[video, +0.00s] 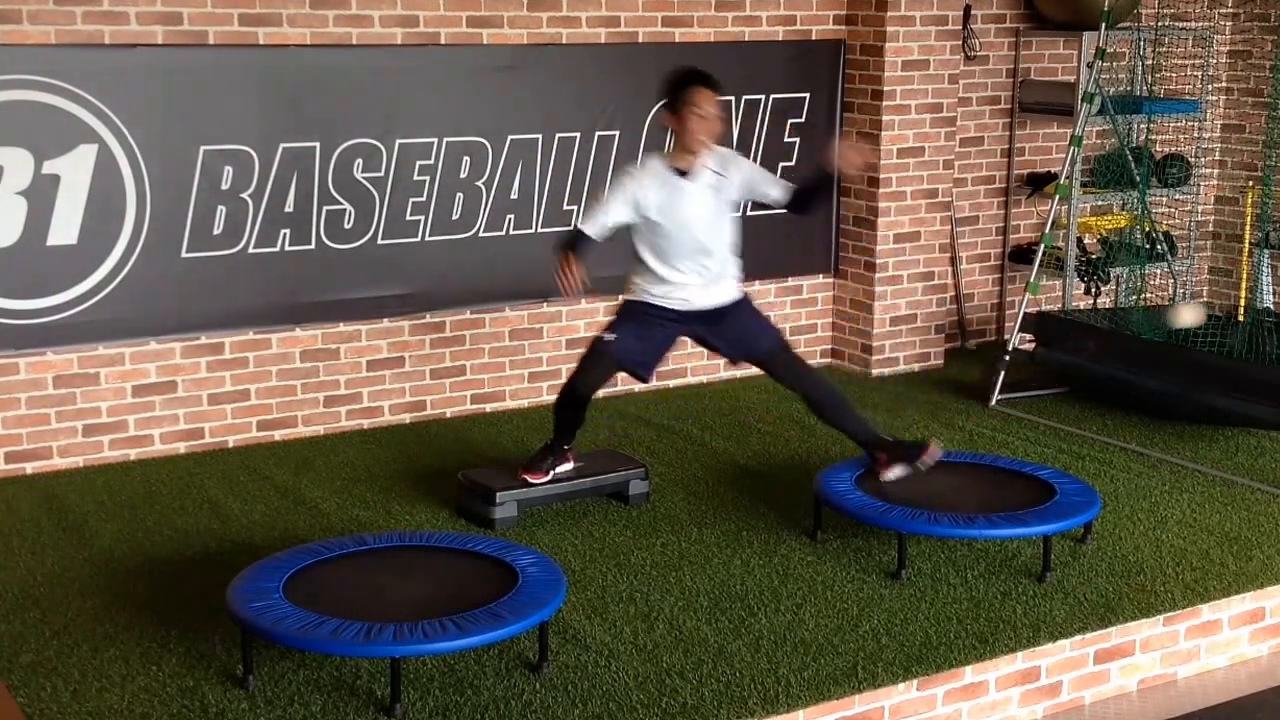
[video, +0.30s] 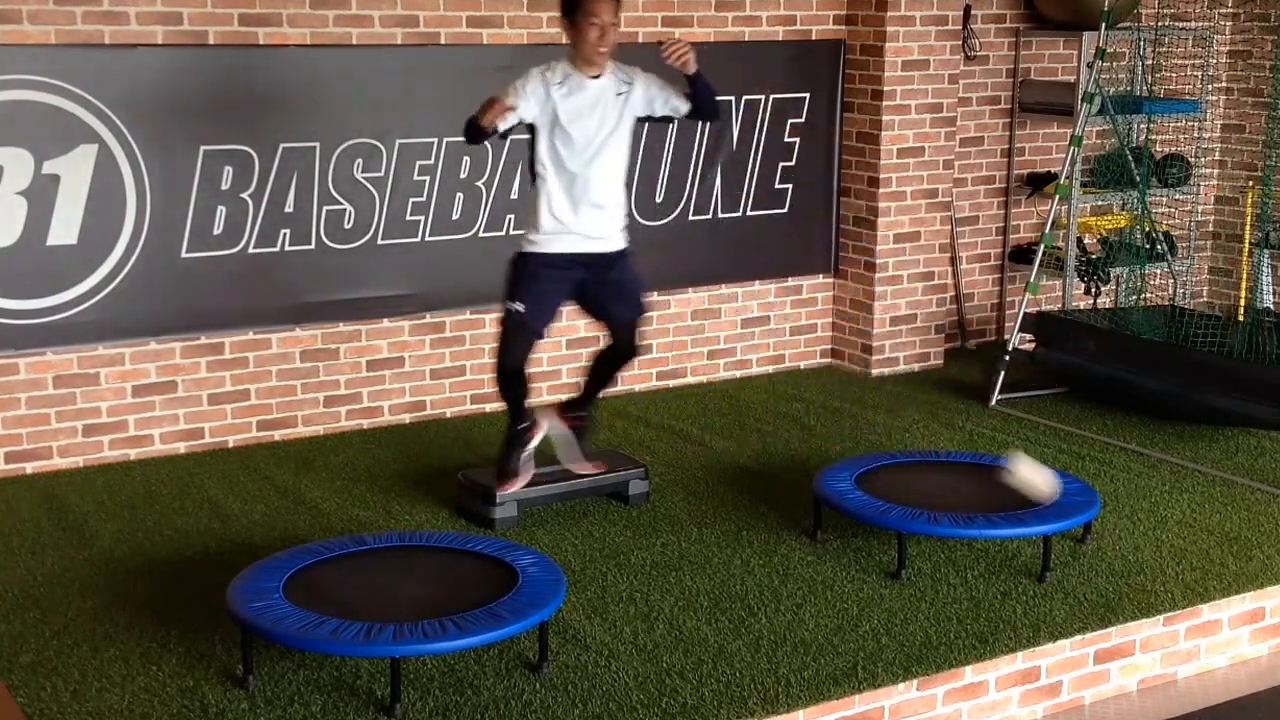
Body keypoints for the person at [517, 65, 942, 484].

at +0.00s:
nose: (713, 121)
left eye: (717, 112)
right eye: (701, 112)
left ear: (722, 120)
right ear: (673, 119)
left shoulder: (731, 169)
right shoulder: (641, 180)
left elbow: (795, 200)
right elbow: (586, 231)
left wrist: (830, 170)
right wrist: (569, 257)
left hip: (723, 304)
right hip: (653, 305)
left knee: (798, 374)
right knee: (580, 383)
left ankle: (883, 452)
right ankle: (559, 451)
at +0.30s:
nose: (602, 35)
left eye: (610, 26)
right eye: (592, 24)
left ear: (618, 31)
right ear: (569, 28)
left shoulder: (633, 85)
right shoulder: (541, 83)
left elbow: (706, 110)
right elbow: (475, 136)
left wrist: (693, 73)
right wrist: (483, 122)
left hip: (608, 249)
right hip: (546, 249)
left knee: (627, 343)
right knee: (509, 360)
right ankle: (522, 429)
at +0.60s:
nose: (511, 161)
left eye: (519, 149)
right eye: (499, 150)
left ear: (528, 149)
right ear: (474, 152)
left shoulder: (535, 194)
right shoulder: (462, 203)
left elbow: (601, 243)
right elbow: (459, 271)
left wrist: (598, 230)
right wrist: (478, 329)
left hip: (494, 333)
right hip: (438, 334)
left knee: (537, 396)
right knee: (407, 431)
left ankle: (513, 450)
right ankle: (371, 552)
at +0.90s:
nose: (454, 296)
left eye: (459, 282)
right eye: (439, 286)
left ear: (466, 274)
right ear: (408, 286)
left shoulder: (482, 295)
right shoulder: (397, 346)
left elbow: (542, 306)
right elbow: (412, 451)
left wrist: (549, 347)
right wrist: (423, 550)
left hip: (446, 383)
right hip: (380, 389)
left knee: (493, 425)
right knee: (362, 445)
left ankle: (513, 451)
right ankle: (367, 557)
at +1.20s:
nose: (507, 234)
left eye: (510, 222)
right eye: (494, 226)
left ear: (514, 223)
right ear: (460, 233)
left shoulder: (510, 257)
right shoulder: (447, 286)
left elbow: (536, 274)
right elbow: (465, 343)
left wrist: (563, 292)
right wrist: (512, 402)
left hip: (448, 353)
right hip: (390, 357)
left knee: (504, 397)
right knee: (405, 425)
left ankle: (514, 449)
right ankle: (374, 553)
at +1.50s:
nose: (600, 120)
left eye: (604, 109)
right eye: (589, 109)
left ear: (608, 111)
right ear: (558, 113)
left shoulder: (597, 157)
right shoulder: (538, 162)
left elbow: (629, 181)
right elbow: (495, 232)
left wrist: (649, 179)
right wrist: (550, 212)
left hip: (531, 293)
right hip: (487, 293)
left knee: (569, 358)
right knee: (463, 386)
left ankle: (514, 451)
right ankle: (410, 503)